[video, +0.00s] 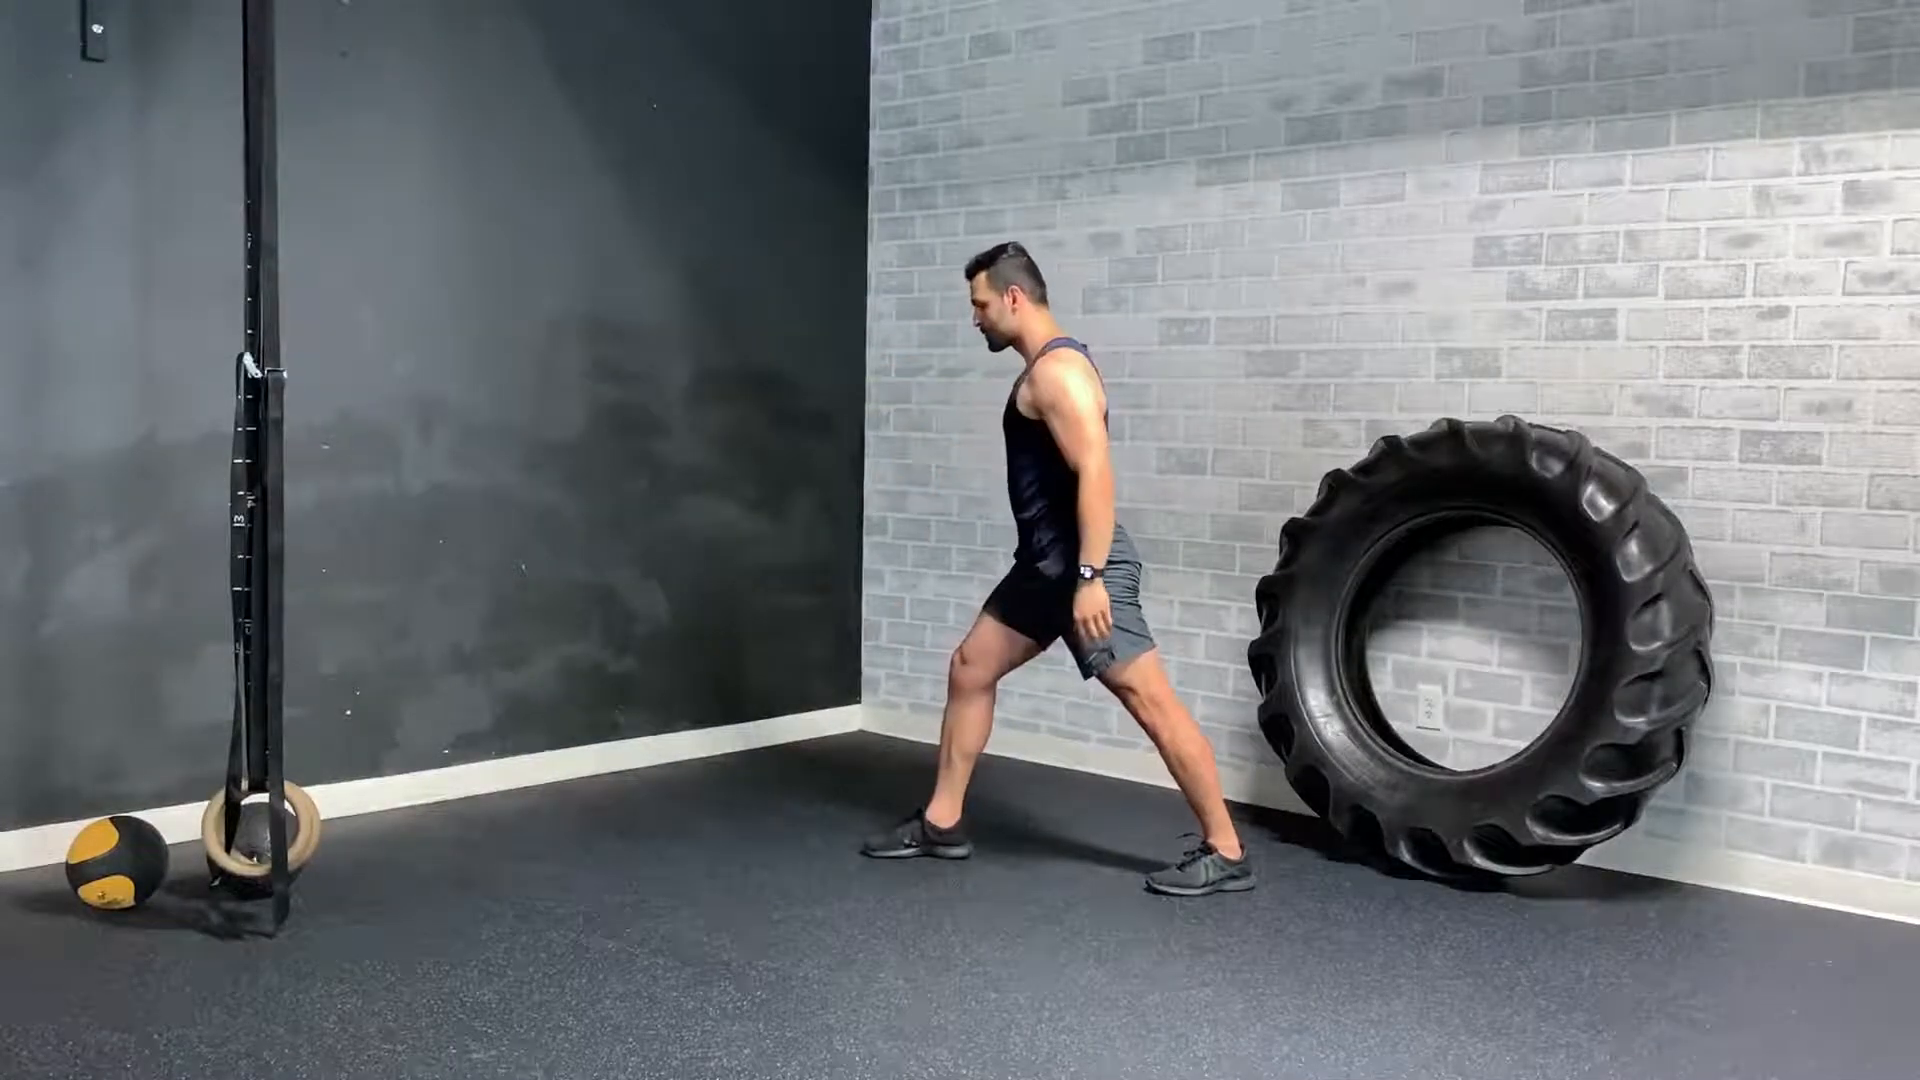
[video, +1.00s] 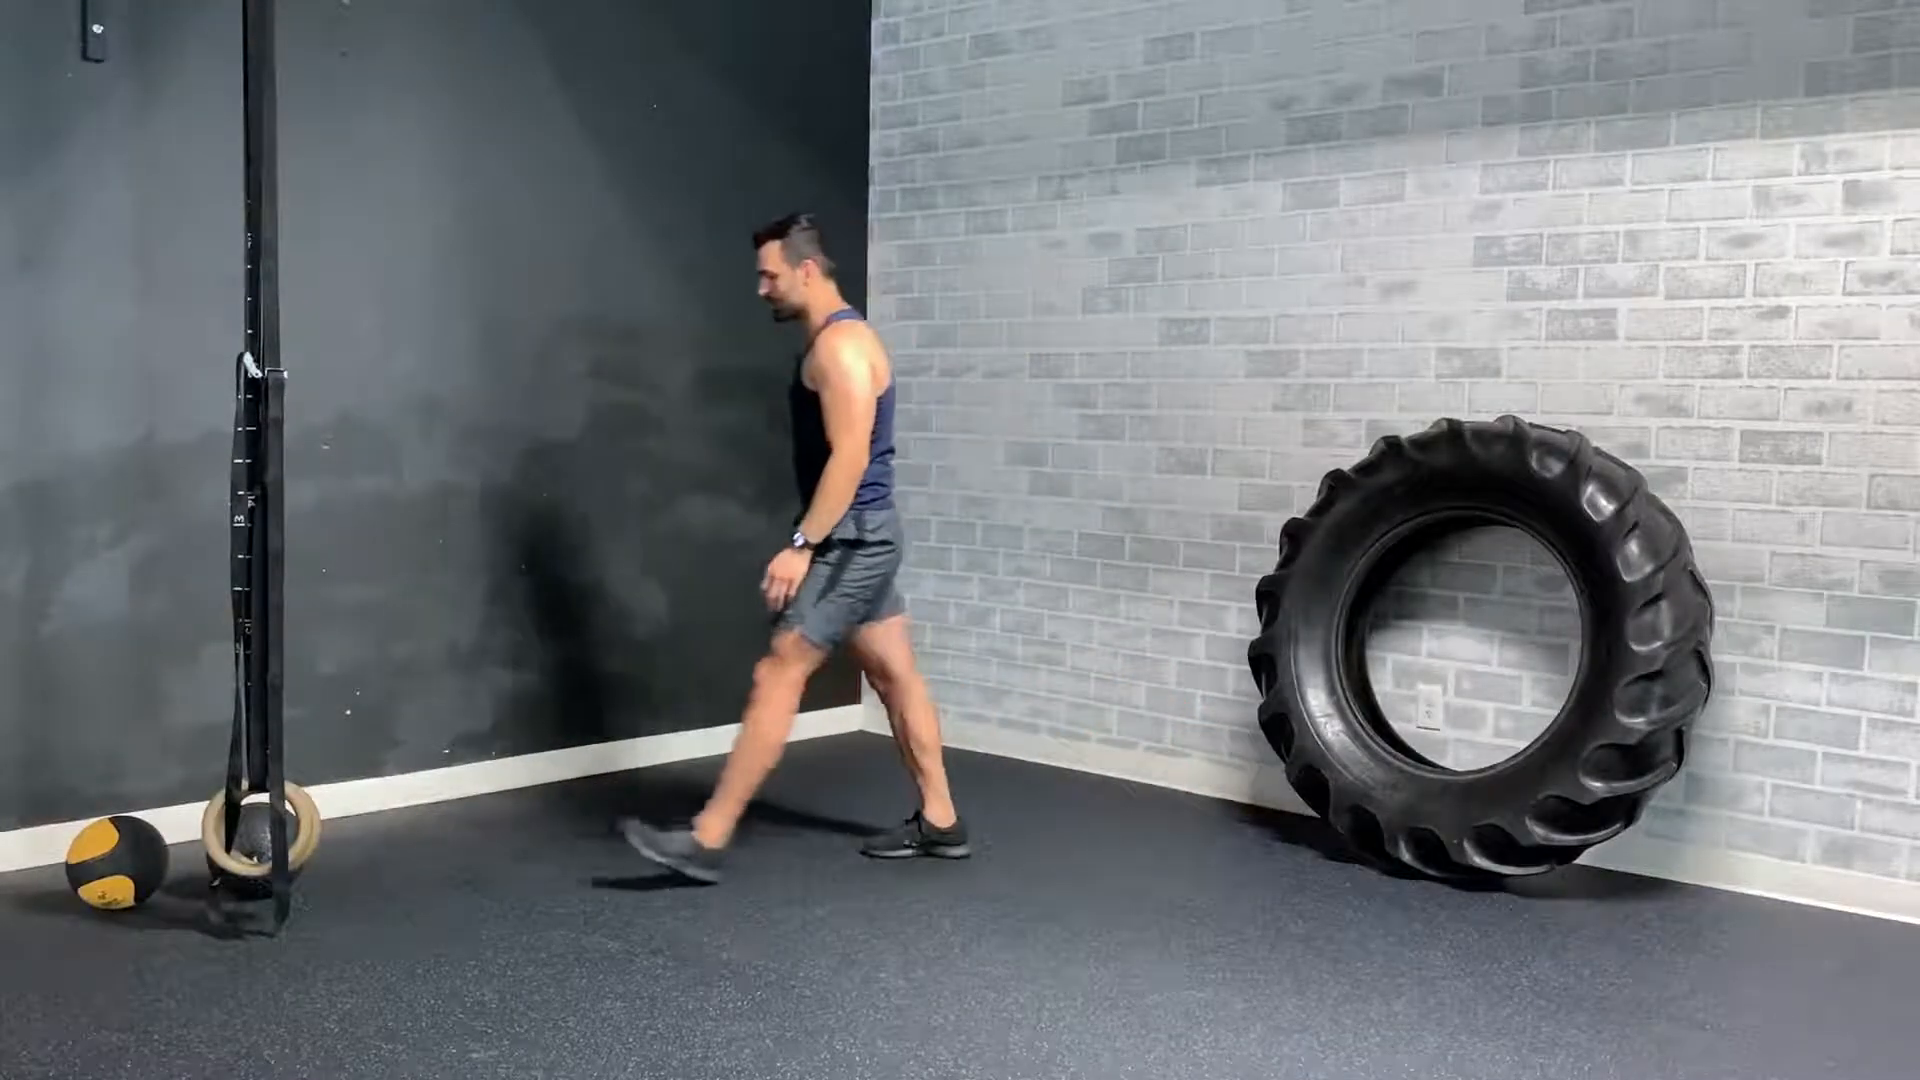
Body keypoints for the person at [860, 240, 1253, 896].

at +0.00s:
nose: (974, 317)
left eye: (979, 303)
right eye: (973, 305)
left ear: (1015, 298)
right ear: (1020, 300)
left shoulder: (1059, 372)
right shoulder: (1045, 368)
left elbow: (1095, 472)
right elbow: (1073, 477)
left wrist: (1091, 576)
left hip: (1083, 564)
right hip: (1045, 564)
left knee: (1152, 701)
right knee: (970, 671)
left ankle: (1226, 849)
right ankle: (941, 825)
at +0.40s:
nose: (941, 324)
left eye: (946, 310)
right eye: (939, 312)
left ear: (982, 306)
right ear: (987, 308)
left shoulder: (1012, 384)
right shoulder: (1023, 372)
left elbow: (1020, 497)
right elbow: (1032, 495)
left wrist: (981, 585)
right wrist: (1003, 574)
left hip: (1059, 560)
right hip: (1029, 564)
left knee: (1134, 699)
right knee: (936, 666)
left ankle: (1222, 845)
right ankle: (942, 826)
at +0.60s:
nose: (886, 305)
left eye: (891, 292)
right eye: (884, 293)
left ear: (926, 288)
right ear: (935, 290)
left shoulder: (939, 363)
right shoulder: (976, 349)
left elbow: (940, 473)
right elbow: (981, 466)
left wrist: (913, 562)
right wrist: (937, 558)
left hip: (984, 547)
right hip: (968, 546)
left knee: (1020, 699)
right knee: (902, 674)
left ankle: (1162, 807)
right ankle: (940, 825)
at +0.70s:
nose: (857, 293)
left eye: (864, 279)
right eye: (856, 280)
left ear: (900, 275)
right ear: (906, 277)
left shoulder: (916, 346)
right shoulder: (944, 335)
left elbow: (917, 453)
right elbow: (965, 449)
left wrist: (885, 542)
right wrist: (906, 534)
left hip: (956, 531)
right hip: (931, 531)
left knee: (939, 686)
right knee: (898, 674)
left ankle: (1080, 789)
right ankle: (940, 823)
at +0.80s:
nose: (828, 282)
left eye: (835, 268)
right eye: (826, 270)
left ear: (874, 264)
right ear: (878, 267)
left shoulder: (895, 336)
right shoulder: (912, 324)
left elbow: (900, 442)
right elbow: (912, 440)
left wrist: (856, 527)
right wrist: (875, 525)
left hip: (923, 522)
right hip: (931, 520)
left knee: (871, 670)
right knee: (910, 672)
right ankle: (939, 811)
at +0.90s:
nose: (799, 281)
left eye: (805, 268)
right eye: (797, 269)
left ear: (845, 262)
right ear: (845, 265)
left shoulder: (873, 336)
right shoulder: (885, 326)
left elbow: (879, 446)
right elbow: (887, 446)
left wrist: (828, 529)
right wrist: (851, 525)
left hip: (886, 526)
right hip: (898, 523)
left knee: (822, 664)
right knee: (903, 671)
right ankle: (941, 820)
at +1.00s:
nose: (762, 290)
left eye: (770, 275)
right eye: (760, 277)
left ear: (810, 271)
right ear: (811, 274)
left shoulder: (840, 348)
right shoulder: (845, 336)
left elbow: (850, 461)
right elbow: (858, 455)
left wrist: (801, 545)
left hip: (852, 539)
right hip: (866, 535)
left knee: (777, 677)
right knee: (896, 677)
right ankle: (940, 821)